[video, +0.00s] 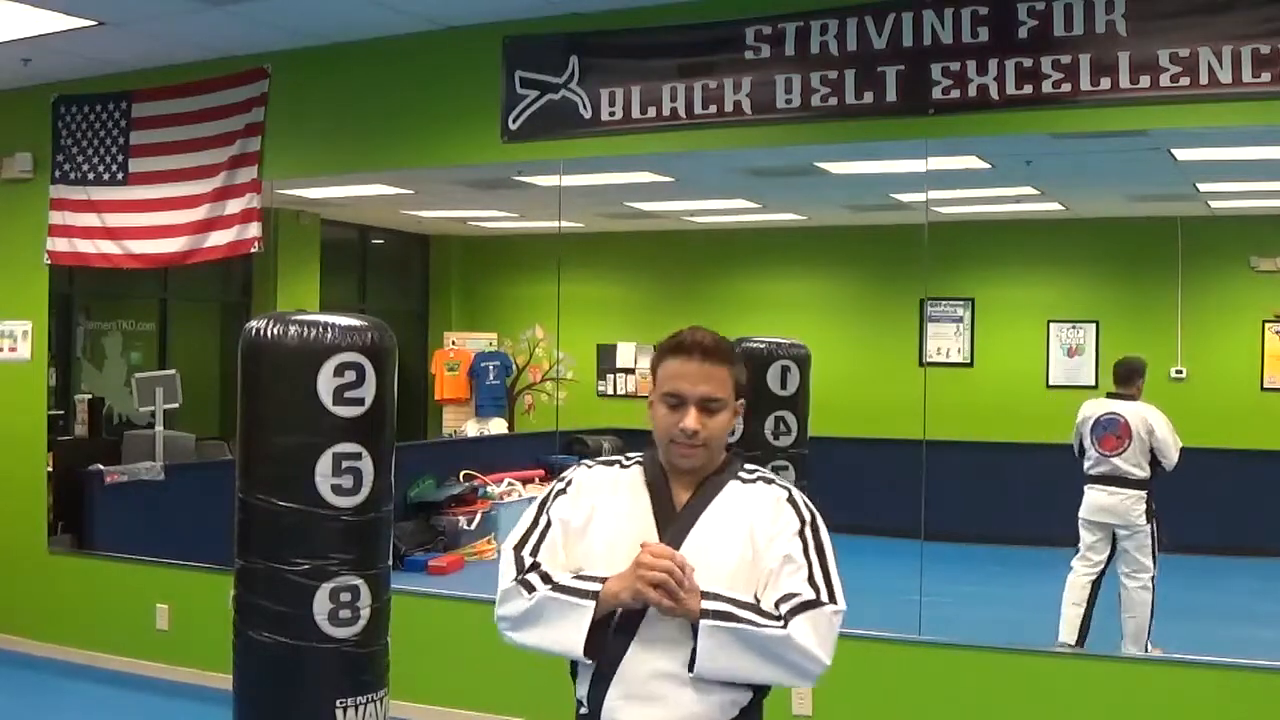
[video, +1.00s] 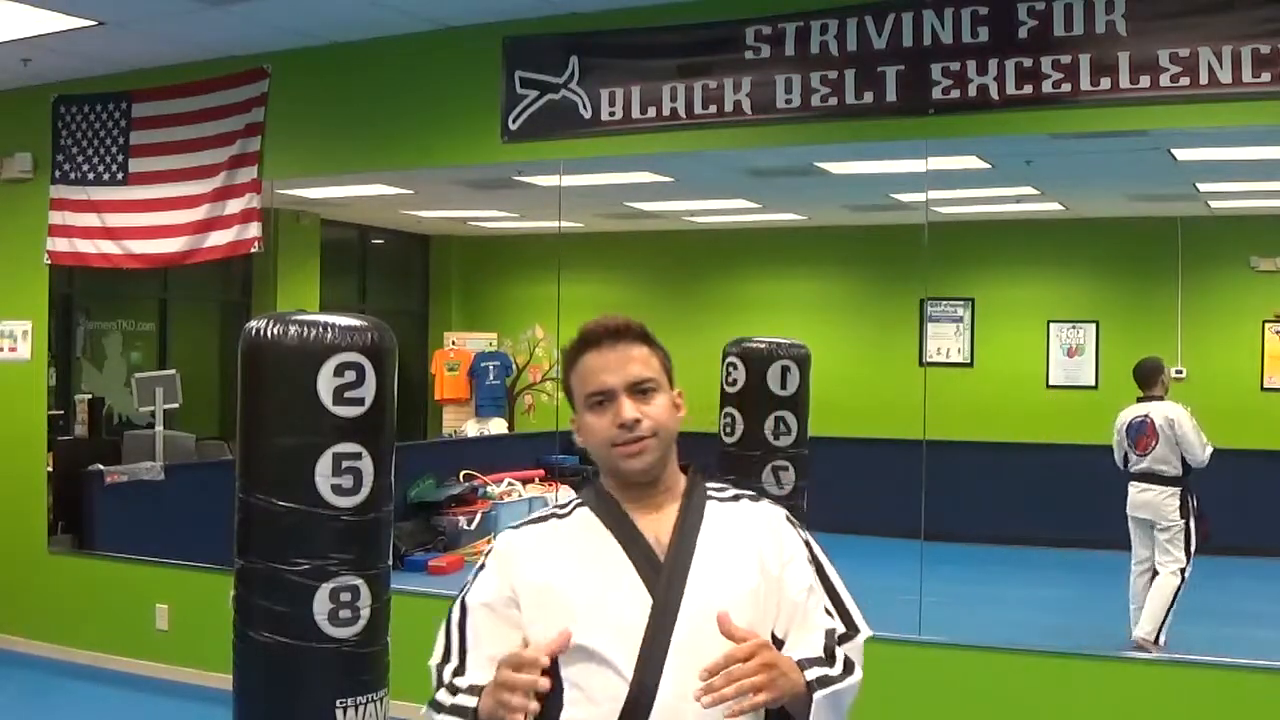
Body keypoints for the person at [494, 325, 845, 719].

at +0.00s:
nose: (689, 424)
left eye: (709, 407)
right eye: (673, 403)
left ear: (736, 414)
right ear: (650, 402)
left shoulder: (779, 508)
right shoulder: (584, 487)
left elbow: (808, 643)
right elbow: (515, 601)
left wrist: (700, 607)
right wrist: (612, 590)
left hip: (718, 710)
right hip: (600, 709)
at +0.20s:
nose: (714, 435)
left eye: (736, 417)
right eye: (699, 412)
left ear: (767, 423)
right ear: (678, 412)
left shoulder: (806, 521)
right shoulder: (615, 496)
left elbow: (828, 670)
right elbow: (540, 613)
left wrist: (711, 628)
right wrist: (619, 613)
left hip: (741, 713)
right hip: (622, 711)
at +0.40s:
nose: (710, 434)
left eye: (732, 414)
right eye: (694, 414)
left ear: (770, 417)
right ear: (676, 415)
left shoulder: (822, 518)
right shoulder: (623, 501)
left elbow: (852, 670)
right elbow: (557, 619)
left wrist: (720, 645)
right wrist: (627, 641)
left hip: (762, 717)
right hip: (637, 715)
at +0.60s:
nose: (700, 438)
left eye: (723, 416)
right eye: (683, 417)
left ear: (762, 416)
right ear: (665, 415)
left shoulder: (822, 525)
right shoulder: (609, 512)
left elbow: (859, 679)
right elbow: (544, 639)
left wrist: (735, 668)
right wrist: (616, 662)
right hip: (627, 714)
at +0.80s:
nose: (681, 424)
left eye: (697, 400)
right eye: (656, 409)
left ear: (729, 409)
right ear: (632, 429)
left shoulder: (805, 537)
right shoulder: (569, 539)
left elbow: (866, 679)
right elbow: (500, 678)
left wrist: (776, 681)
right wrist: (547, 667)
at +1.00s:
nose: (627, 415)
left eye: (642, 391)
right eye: (601, 402)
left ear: (677, 406)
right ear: (578, 428)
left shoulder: (766, 531)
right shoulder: (522, 553)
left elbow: (841, 659)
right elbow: (452, 699)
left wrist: (794, 678)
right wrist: (487, 703)